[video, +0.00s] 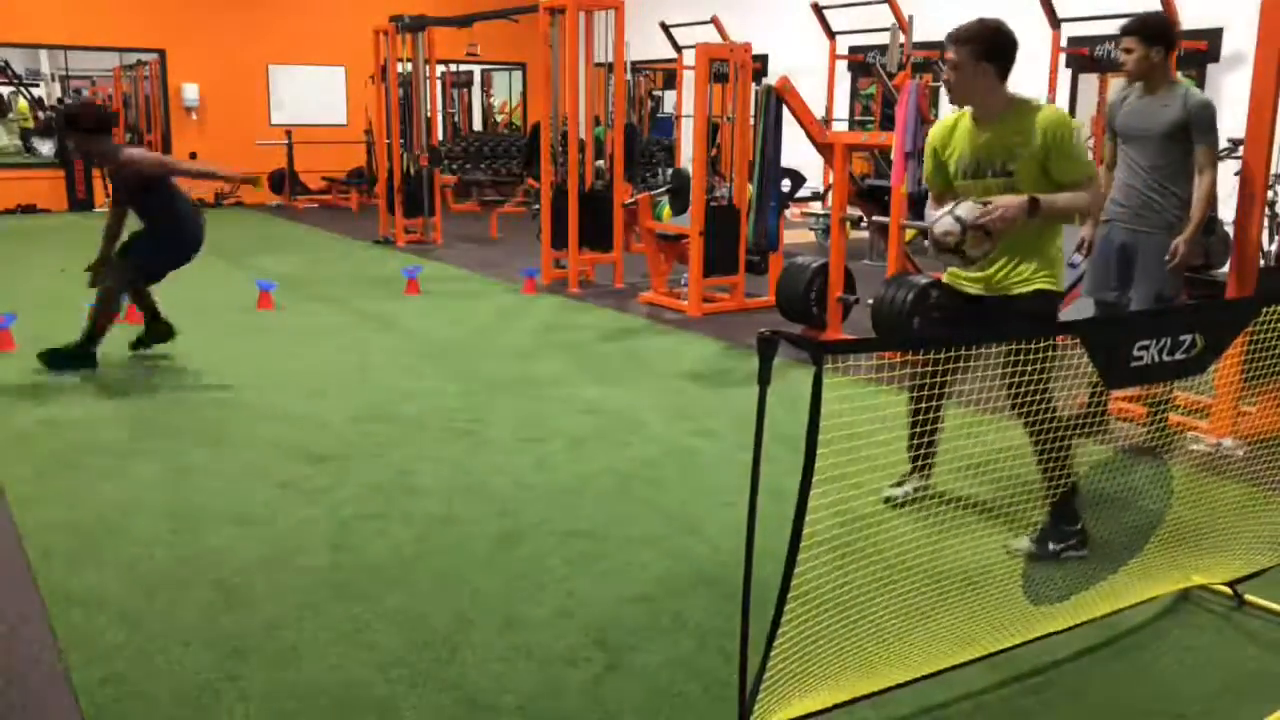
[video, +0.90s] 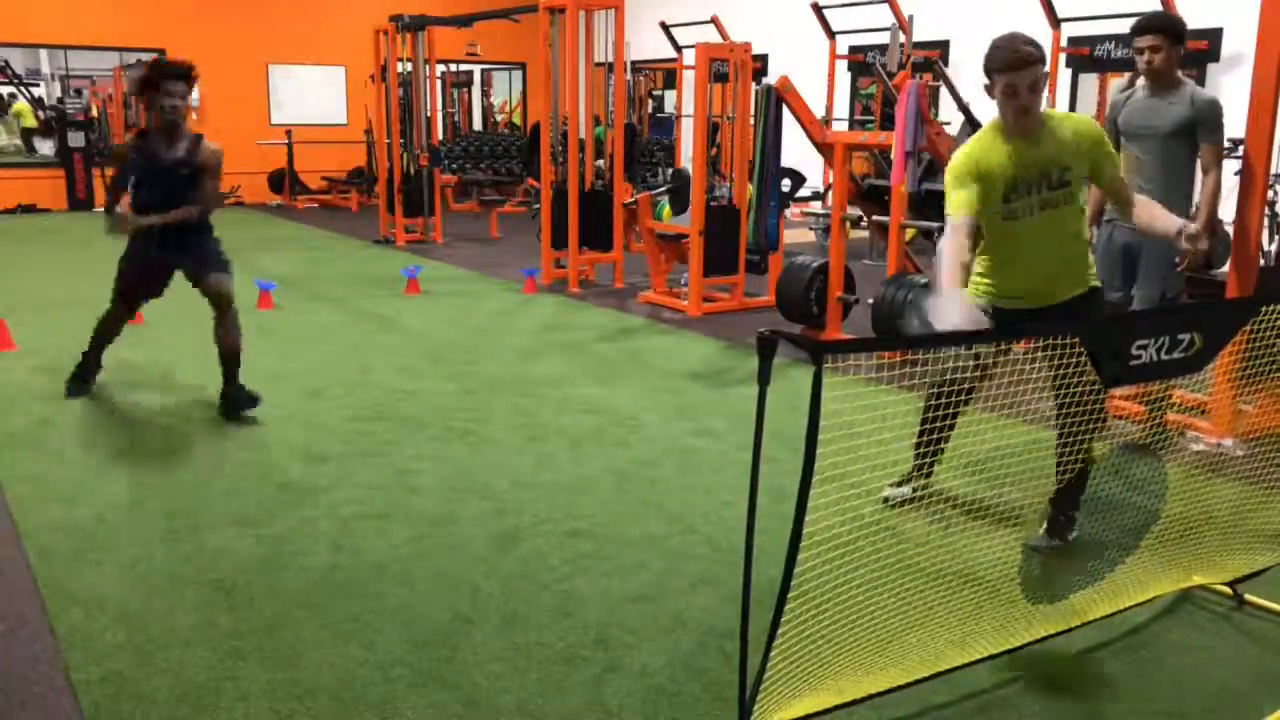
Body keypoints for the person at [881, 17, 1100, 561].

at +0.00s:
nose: (945, 75)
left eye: (954, 66)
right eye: (945, 65)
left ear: (989, 69)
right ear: (966, 69)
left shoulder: (1049, 126)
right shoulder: (943, 133)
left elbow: (1091, 197)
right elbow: (937, 203)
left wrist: (1028, 205)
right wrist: (940, 227)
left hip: (1029, 284)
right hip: (962, 283)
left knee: (1028, 396)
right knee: (926, 371)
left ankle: (1067, 519)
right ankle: (918, 474)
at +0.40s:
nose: (910, 62)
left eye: (919, 51)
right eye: (910, 52)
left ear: (954, 56)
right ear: (930, 58)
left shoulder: (1004, 112)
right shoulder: (919, 129)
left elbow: (1053, 180)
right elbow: (920, 199)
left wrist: (992, 220)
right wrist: (874, 207)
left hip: (1009, 279)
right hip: (945, 277)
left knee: (1022, 388)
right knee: (918, 377)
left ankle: (1054, 504)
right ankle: (918, 476)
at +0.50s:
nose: (929, 75)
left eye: (941, 65)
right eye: (923, 65)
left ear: (970, 63)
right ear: (918, 67)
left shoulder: (1008, 115)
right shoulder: (924, 132)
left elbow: (1065, 179)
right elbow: (901, 191)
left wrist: (1033, 240)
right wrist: (844, 188)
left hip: (1016, 281)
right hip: (950, 280)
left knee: (1031, 392)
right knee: (920, 375)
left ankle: (1060, 511)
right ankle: (917, 475)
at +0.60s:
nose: (945, 79)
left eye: (957, 67)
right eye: (937, 68)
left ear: (981, 64)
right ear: (929, 68)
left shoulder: (1019, 116)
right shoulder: (927, 131)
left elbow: (1089, 170)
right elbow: (891, 180)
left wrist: (1097, 240)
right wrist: (832, 162)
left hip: (1029, 281)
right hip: (961, 280)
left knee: (1037, 391)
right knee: (925, 374)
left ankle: (1062, 508)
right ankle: (917, 475)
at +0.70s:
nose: (974, 84)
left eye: (985, 72)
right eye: (964, 74)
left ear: (1000, 68)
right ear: (945, 72)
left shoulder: (1043, 119)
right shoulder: (936, 134)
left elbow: (1119, 162)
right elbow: (887, 180)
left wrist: (1154, 219)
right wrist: (841, 150)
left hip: (1046, 282)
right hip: (971, 283)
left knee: (1047, 384)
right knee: (935, 372)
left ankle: (1066, 508)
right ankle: (919, 477)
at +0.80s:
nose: (1003, 89)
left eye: (1012, 77)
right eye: (991, 80)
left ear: (1027, 73)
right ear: (973, 81)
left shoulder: (1067, 125)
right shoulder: (951, 145)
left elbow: (1130, 169)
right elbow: (899, 211)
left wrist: (1180, 199)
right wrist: (856, 185)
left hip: (1062, 291)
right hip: (983, 296)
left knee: (1062, 397)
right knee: (939, 374)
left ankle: (1065, 513)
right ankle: (920, 475)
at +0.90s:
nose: (1025, 100)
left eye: (1033, 87)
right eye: (1011, 90)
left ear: (1046, 82)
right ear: (991, 90)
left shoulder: (1082, 135)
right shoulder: (973, 159)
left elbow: (1127, 201)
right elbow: (958, 237)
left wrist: (1178, 227)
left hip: (1073, 292)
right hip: (998, 298)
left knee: (1080, 403)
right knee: (952, 377)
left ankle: (1063, 512)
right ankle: (920, 471)